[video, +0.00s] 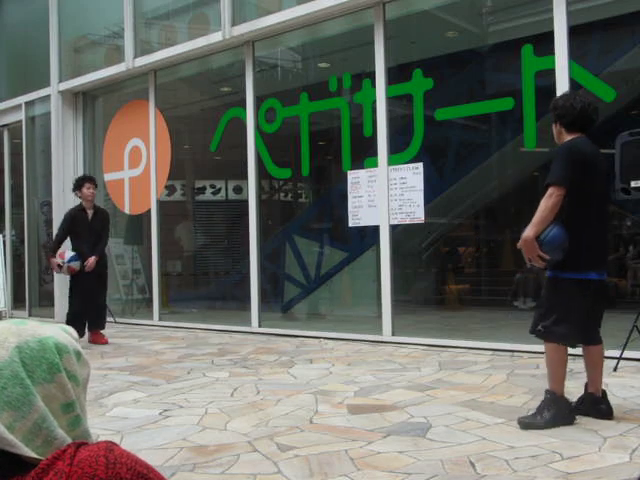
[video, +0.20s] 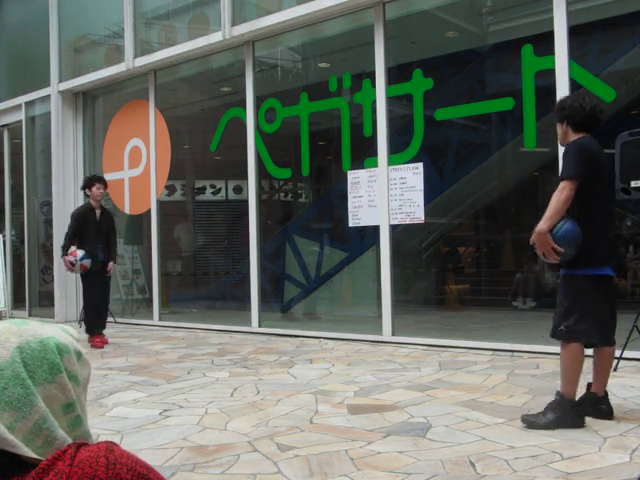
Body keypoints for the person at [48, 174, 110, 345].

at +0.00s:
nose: (91, 192)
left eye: (93, 188)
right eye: (87, 189)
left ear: (96, 191)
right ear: (78, 193)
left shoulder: (103, 214)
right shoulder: (73, 214)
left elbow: (104, 240)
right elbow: (60, 237)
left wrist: (95, 257)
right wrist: (51, 255)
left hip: (99, 262)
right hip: (79, 263)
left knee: (97, 297)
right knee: (78, 298)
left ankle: (95, 331)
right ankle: (73, 334)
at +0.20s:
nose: (100, 192)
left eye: (102, 189)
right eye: (97, 188)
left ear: (105, 192)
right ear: (88, 191)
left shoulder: (107, 215)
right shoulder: (80, 213)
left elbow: (112, 239)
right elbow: (70, 236)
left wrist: (112, 259)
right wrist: (65, 254)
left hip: (103, 261)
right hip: (87, 262)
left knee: (103, 297)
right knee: (91, 296)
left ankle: (100, 331)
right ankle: (93, 333)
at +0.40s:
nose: (108, 192)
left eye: (110, 189)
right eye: (105, 189)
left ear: (111, 192)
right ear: (95, 191)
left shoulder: (109, 214)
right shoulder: (88, 212)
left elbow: (116, 239)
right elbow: (81, 234)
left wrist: (126, 261)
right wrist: (82, 253)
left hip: (108, 259)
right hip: (92, 260)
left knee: (104, 297)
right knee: (101, 297)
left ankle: (95, 330)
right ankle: (117, 331)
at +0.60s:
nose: (115, 192)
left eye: (115, 189)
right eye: (111, 189)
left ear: (114, 191)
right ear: (101, 192)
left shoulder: (111, 212)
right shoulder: (95, 212)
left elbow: (117, 238)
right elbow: (95, 237)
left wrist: (126, 258)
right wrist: (106, 253)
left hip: (110, 259)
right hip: (98, 259)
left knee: (106, 296)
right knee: (110, 296)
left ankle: (96, 329)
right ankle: (121, 331)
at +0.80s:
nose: (121, 191)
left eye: (120, 187)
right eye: (118, 187)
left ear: (110, 192)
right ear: (108, 192)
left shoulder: (110, 209)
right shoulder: (107, 211)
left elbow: (114, 237)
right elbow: (114, 237)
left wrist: (128, 253)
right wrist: (131, 254)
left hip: (110, 259)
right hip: (107, 260)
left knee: (113, 296)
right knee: (114, 297)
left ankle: (97, 327)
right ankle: (122, 333)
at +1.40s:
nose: (115, 194)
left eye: (115, 190)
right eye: (112, 190)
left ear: (103, 195)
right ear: (101, 194)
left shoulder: (97, 211)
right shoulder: (102, 212)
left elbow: (99, 240)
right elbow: (105, 238)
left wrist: (112, 254)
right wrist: (112, 260)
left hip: (95, 263)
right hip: (101, 263)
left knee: (101, 299)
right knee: (123, 295)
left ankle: (91, 335)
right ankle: (123, 332)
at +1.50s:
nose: (113, 193)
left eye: (112, 189)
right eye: (109, 190)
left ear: (101, 194)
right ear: (99, 194)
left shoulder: (97, 212)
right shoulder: (98, 214)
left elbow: (91, 241)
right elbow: (91, 241)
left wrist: (105, 258)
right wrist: (95, 262)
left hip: (95, 265)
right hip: (99, 266)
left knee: (96, 300)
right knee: (123, 295)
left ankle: (91, 334)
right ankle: (123, 332)